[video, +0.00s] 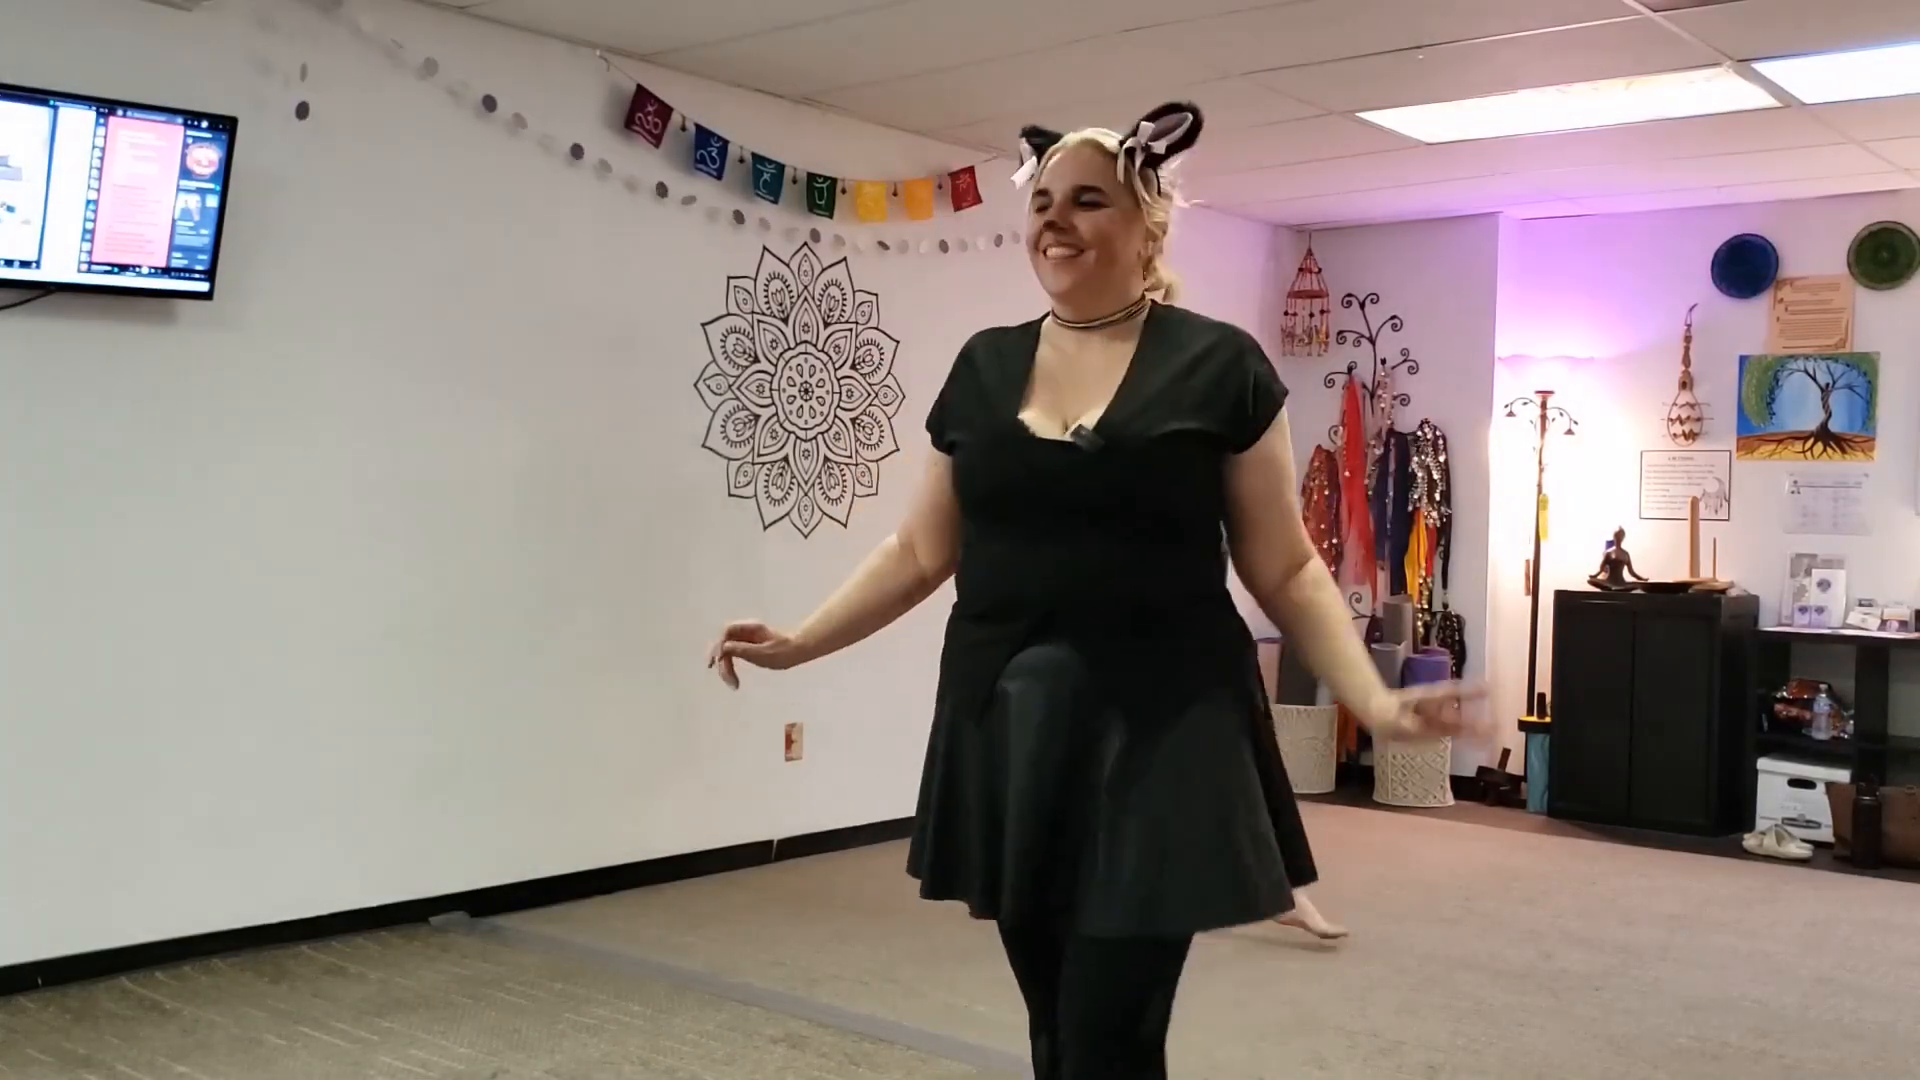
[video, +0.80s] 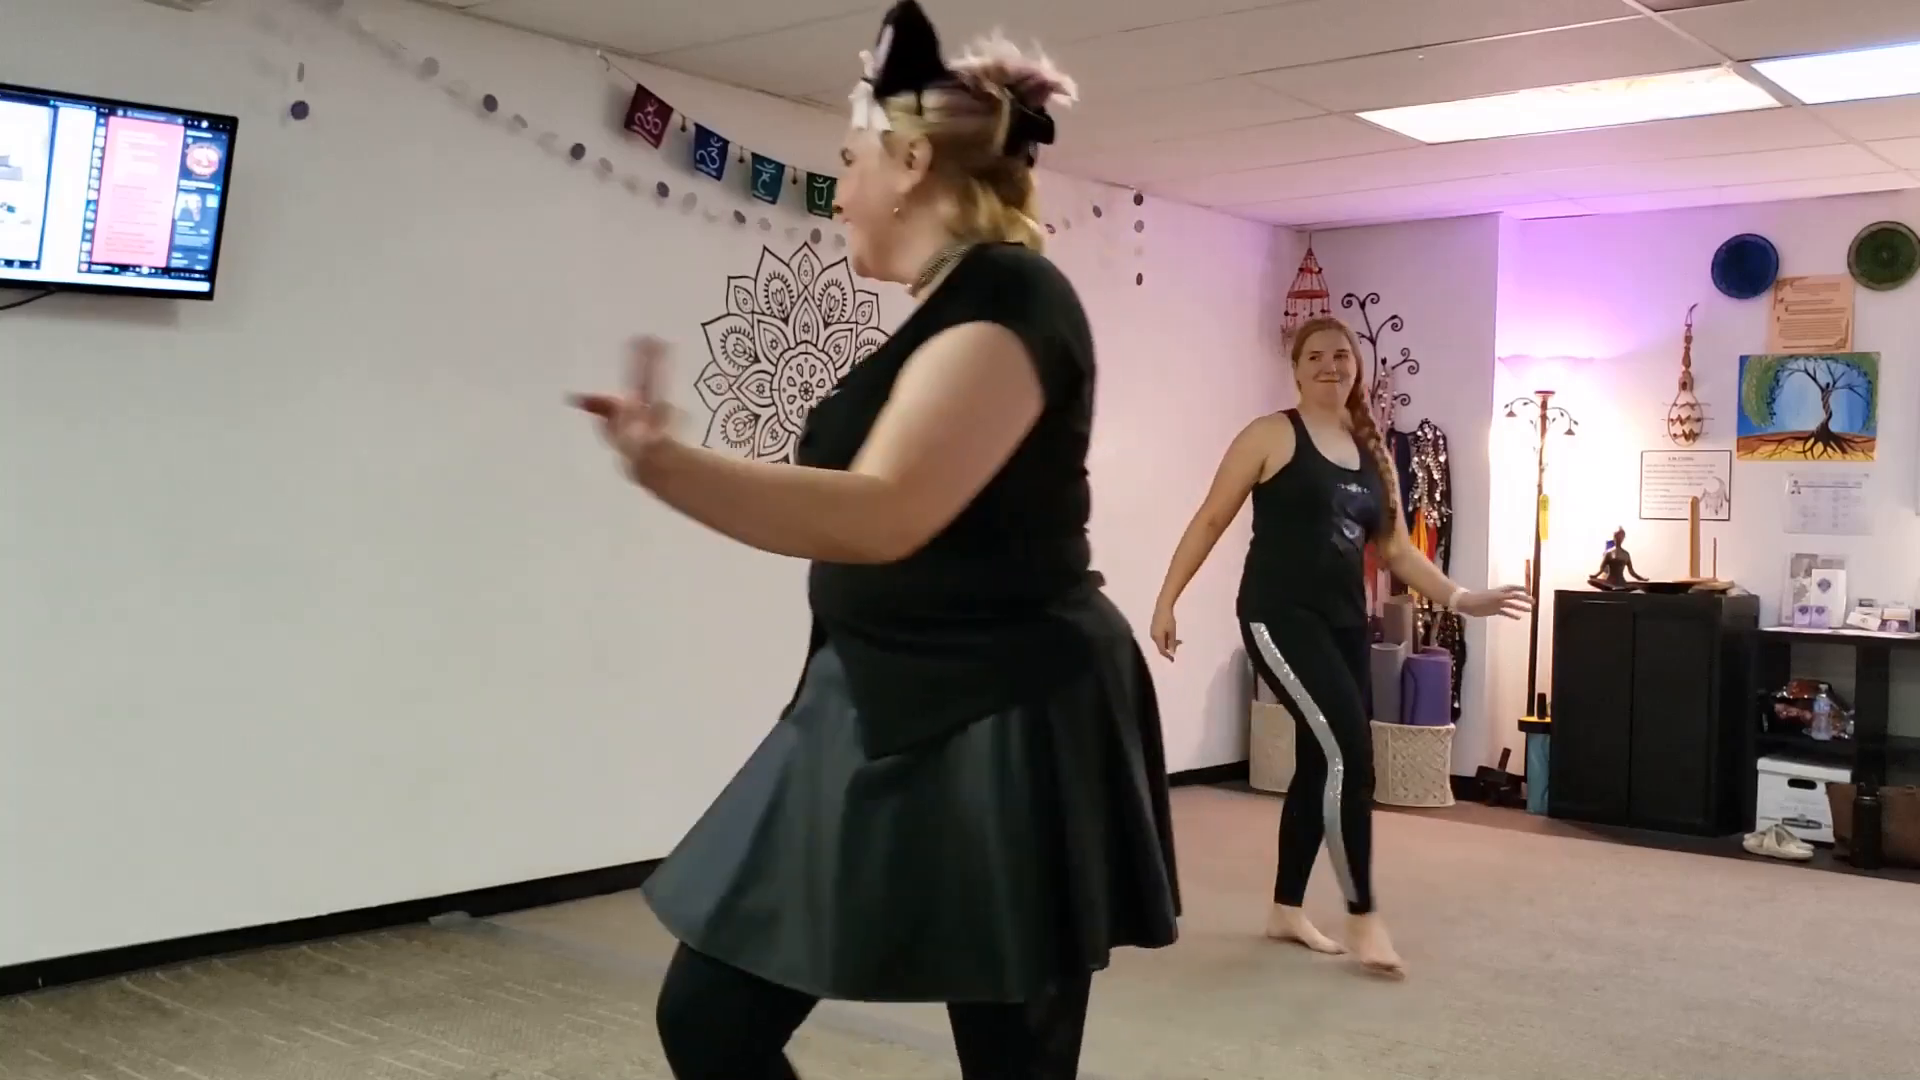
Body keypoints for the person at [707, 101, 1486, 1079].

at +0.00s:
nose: (1054, 222)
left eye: (1086, 201)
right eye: (1042, 206)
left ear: (1148, 224)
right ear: (1029, 234)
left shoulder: (1219, 369)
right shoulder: (989, 367)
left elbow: (1286, 569)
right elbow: (918, 551)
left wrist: (1374, 699)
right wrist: (803, 641)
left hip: (1164, 749)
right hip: (1010, 748)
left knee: (1103, 1047)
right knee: (1061, 1041)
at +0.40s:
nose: (979, 217)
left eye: (1008, 192)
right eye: (975, 199)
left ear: (1102, 200)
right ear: (973, 216)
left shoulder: (1181, 365)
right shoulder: (962, 356)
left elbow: (1233, 605)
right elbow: (912, 561)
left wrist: (1335, 783)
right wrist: (804, 685)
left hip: (1082, 771)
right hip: (921, 764)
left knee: (1061, 1057)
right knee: (944, 1056)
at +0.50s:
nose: (944, 228)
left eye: (973, 199)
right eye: (946, 204)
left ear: (1072, 207)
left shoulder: (1156, 365)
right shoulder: (950, 366)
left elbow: (1188, 593)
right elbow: (934, 592)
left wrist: (1282, 741)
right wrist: (848, 711)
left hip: (1071, 773)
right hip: (907, 762)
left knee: (1060, 1060)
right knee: (866, 1059)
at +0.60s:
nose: (905, 233)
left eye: (925, 201)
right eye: (907, 207)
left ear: (1014, 201)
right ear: (1007, 206)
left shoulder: (1115, 346)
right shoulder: (961, 349)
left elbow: (1095, 546)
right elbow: (915, 553)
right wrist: (857, 710)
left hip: (1040, 729)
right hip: (892, 723)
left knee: (1039, 1057)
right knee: (790, 1052)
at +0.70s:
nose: (870, 208)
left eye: (884, 178)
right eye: (872, 182)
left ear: (956, 181)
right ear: (959, 184)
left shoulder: (1067, 318)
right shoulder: (937, 347)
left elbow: (980, 540)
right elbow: (877, 559)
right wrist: (834, 710)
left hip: (1038, 719)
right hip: (892, 713)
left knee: (1024, 1058)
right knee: (734, 1034)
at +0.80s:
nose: (836, 192)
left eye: (849, 162)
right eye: (841, 166)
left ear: (912, 159)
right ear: (919, 161)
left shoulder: (1013, 297)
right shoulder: (938, 317)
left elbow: (884, 513)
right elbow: (874, 509)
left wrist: (661, 462)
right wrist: (686, 462)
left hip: (1006, 715)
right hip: (873, 709)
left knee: (1016, 1051)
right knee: (709, 1023)